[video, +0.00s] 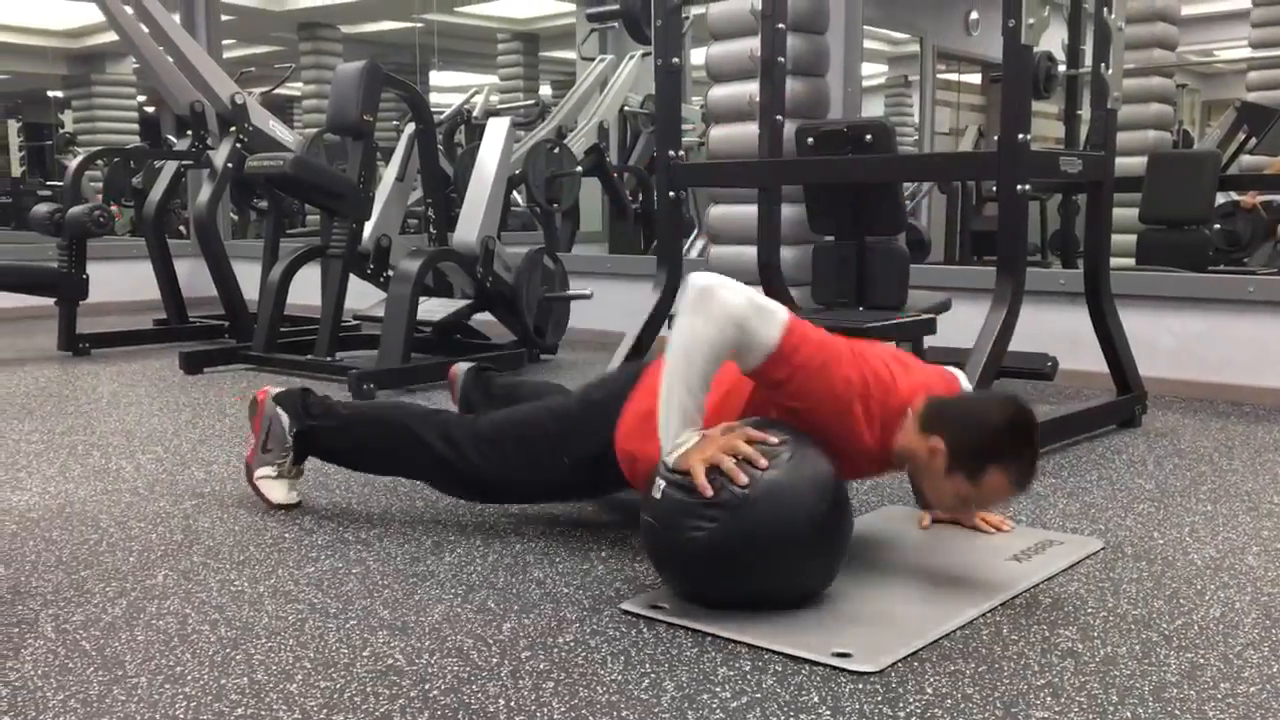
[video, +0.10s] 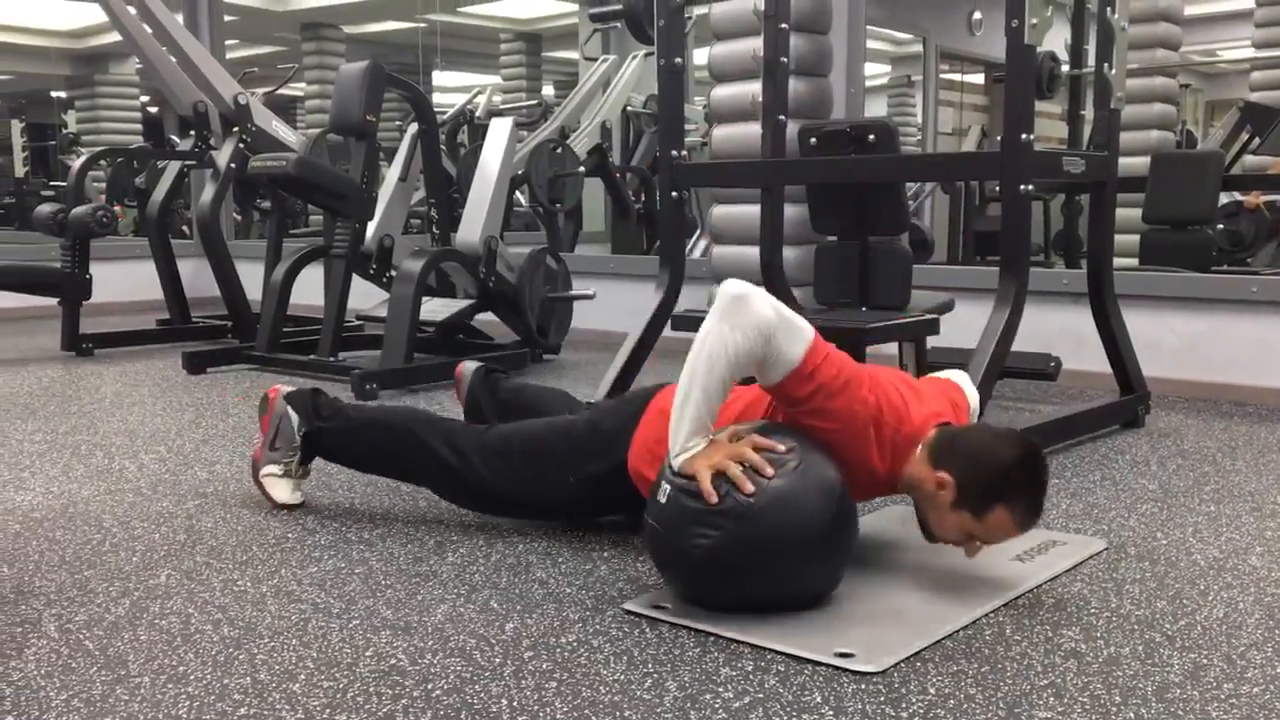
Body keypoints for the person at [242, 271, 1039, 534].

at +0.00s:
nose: (967, 511)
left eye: (983, 505)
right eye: (967, 497)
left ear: (955, 448)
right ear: (928, 448)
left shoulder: (939, 401)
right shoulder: (848, 384)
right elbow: (708, 296)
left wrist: (962, 501)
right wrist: (678, 436)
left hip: (686, 402)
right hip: (643, 411)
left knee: (533, 418)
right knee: (469, 457)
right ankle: (294, 416)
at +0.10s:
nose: (959, 543)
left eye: (975, 538)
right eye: (966, 531)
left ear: (958, 472)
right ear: (940, 480)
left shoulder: (941, 419)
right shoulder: (849, 404)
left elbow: (957, 384)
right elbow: (739, 305)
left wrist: (904, 467)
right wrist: (691, 442)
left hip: (684, 446)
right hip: (649, 441)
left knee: (573, 421)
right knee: (475, 462)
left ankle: (480, 383)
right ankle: (306, 416)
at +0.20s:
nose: (981, 525)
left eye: (997, 518)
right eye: (983, 511)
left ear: (958, 453)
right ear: (944, 459)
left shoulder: (943, 410)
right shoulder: (860, 394)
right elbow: (734, 306)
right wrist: (688, 447)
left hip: (681, 436)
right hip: (645, 427)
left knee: (544, 428)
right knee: (477, 457)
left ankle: (472, 385)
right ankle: (305, 415)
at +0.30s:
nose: (976, 470)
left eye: (996, 462)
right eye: (984, 451)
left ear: (964, 408)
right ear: (952, 400)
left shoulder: (921, 379)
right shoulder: (855, 355)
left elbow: (943, 419)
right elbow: (702, 299)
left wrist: (949, 493)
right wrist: (689, 441)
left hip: (663, 399)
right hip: (631, 379)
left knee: (504, 412)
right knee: (472, 431)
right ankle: (298, 419)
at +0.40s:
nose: (975, 384)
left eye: (987, 373)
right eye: (974, 366)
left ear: (951, 330)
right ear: (930, 321)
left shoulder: (925, 329)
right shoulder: (822, 291)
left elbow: (944, 398)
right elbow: (674, 300)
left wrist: (947, 492)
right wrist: (703, 434)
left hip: (654, 388)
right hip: (614, 334)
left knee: (551, 406)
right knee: (459, 398)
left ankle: (484, 419)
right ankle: (295, 417)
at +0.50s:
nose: (954, 290)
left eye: (969, 278)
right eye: (953, 268)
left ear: (947, 256)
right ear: (905, 223)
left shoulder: (897, 291)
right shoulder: (803, 218)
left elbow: (925, 383)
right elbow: (668, 305)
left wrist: (949, 492)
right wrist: (781, 377)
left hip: (639, 333)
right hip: (595, 283)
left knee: (527, 385)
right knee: (452, 369)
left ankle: (481, 417)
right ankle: (294, 418)